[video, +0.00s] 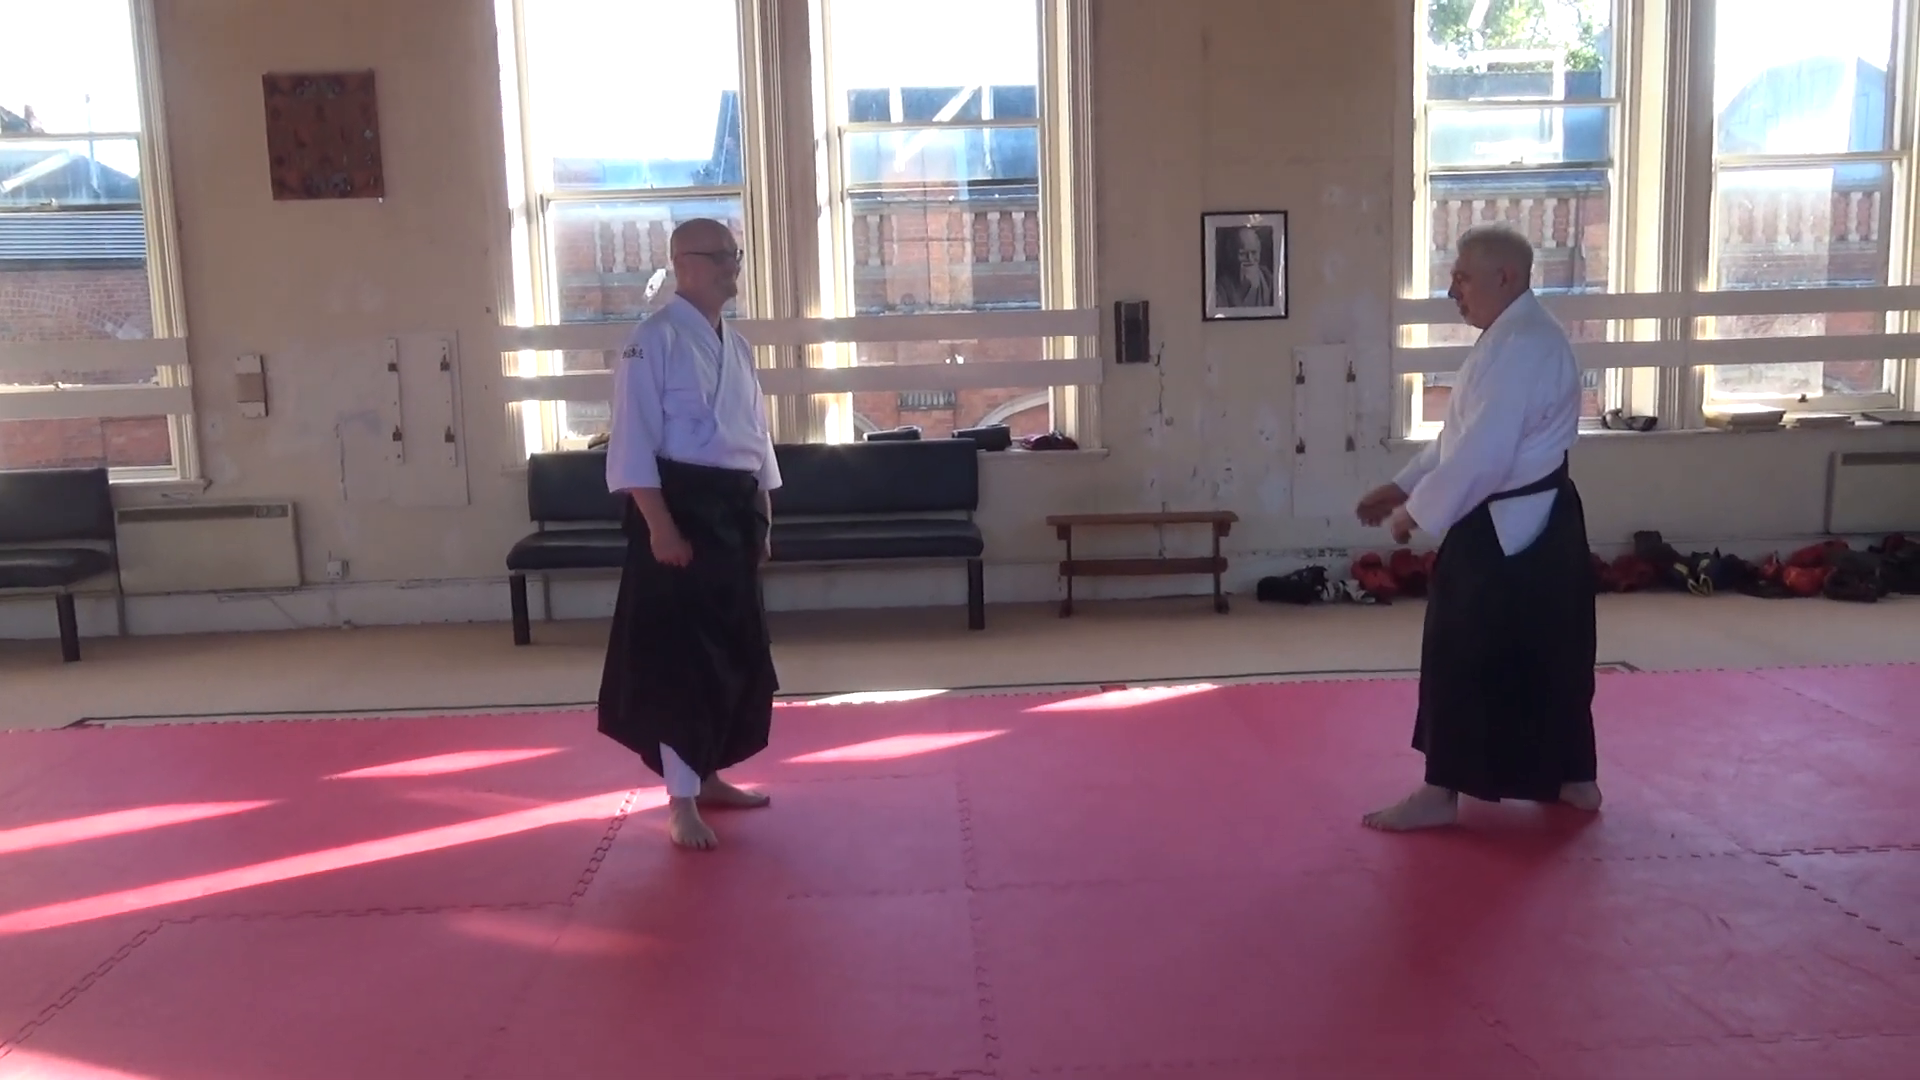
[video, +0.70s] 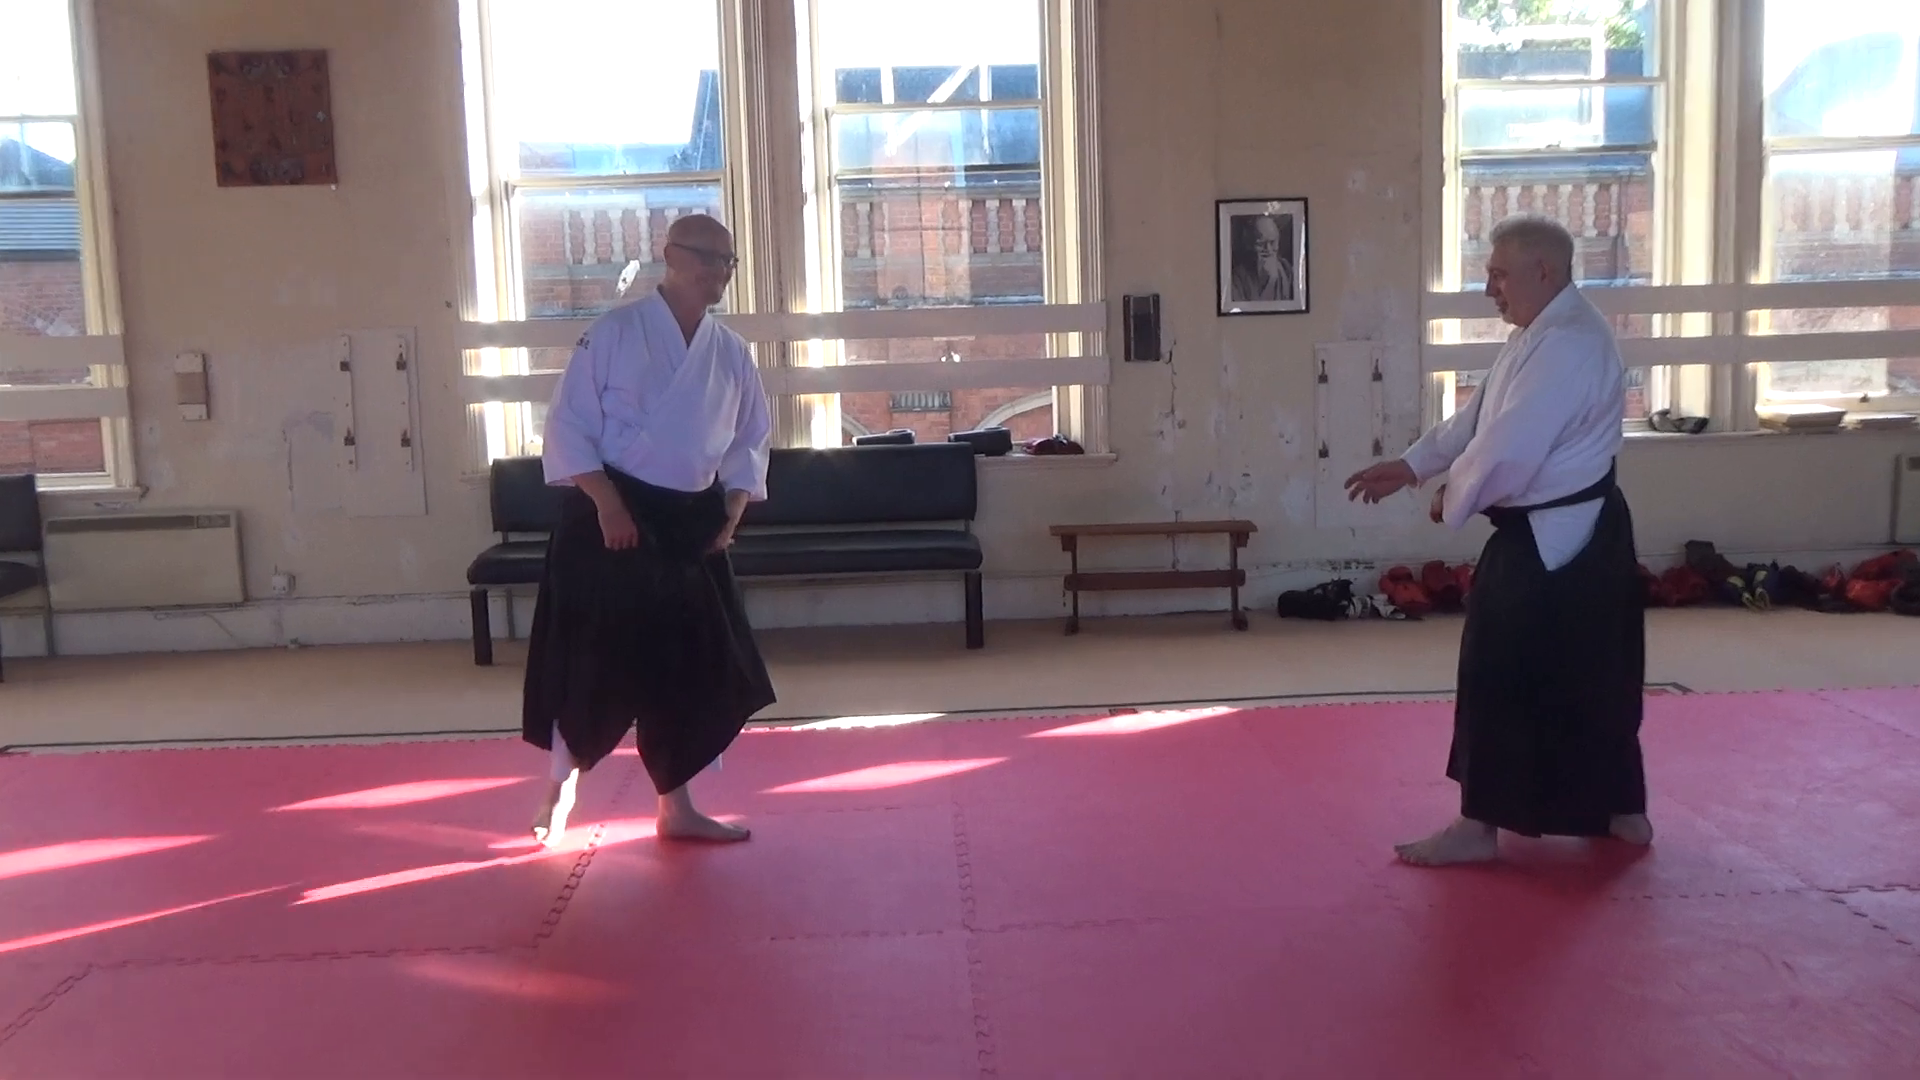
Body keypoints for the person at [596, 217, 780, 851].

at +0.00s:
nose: (735, 266)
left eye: (736, 255)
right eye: (721, 256)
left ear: (729, 265)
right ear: (682, 263)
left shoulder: (734, 341)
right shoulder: (653, 336)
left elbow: (754, 431)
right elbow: (632, 438)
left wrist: (763, 513)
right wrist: (659, 523)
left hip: (733, 502)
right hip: (676, 504)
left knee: (726, 642)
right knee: (679, 647)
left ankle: (706, 775)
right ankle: (682, 800)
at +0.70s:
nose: (722, 270)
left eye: (728, 260)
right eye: (709, 257)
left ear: (731, 268)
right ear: (671, 256)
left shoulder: (732, 353)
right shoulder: (615, 331)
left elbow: (750, 440)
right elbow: (567, 424)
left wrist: (731, 514)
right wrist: (605, 497)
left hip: (689, 518)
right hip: (610, 511)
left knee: (683, 661)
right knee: (602, 658)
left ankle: (675, 807)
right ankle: (562, 787)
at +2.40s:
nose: (690, 267)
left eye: (688, 256)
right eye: (675, 256)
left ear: (676, 266)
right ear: (624, 266)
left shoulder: (720, 325)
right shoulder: (586, 339)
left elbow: (809, 293)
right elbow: (523, 330)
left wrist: (895, 250)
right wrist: (573, 252)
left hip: (705, 540)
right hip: (619, 540)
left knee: (719, 688)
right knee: (599, 701)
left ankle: (697, 827)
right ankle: (563, 865)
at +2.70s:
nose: (730, 254)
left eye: (728, 241)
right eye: (723, 241)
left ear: (653, 245)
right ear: (696, 247)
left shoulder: (620, 326)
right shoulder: (711, 343)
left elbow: (692, 327)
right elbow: (843, 356)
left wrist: (751, 302)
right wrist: (868, 260)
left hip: (628, 539)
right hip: (690, 549)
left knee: (699, 707)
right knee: (764, 723)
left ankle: (708, 884)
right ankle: (747, 921)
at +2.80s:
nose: (762, 258)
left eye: (761, 244)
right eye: (758, 245)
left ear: (686, 242)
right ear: (733, 246)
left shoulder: (630, 322)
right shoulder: (744, 337)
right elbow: (850, 361)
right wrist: (903, 299)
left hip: (627, 534)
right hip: (712, 543)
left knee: (670, 701)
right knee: (787, 714)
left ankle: (644, 854)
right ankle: (769, 912)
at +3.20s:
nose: (928, 234)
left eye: (927, 220)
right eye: (925, 222)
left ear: (845, 216)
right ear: (910, 227)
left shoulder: (778, 301)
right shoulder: (943, 322)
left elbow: (723, 413)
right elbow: (943, 430)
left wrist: (754, 457)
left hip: (794, 529)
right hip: (900, 533)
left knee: (789, 728)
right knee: (921, 693)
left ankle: (760, 929)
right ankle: (920, 868)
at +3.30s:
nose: (967, 240)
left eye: (967, 225)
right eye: (965, 227)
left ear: (876, 221)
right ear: (950, 231)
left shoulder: (805, 308)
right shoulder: (980, 321)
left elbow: (767, 433)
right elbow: (979, 433)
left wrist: (818, 490)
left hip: (823, 540)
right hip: (935, 539)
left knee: (813, 744)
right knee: (962, 689)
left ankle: (796, 951)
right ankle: (958, 860)